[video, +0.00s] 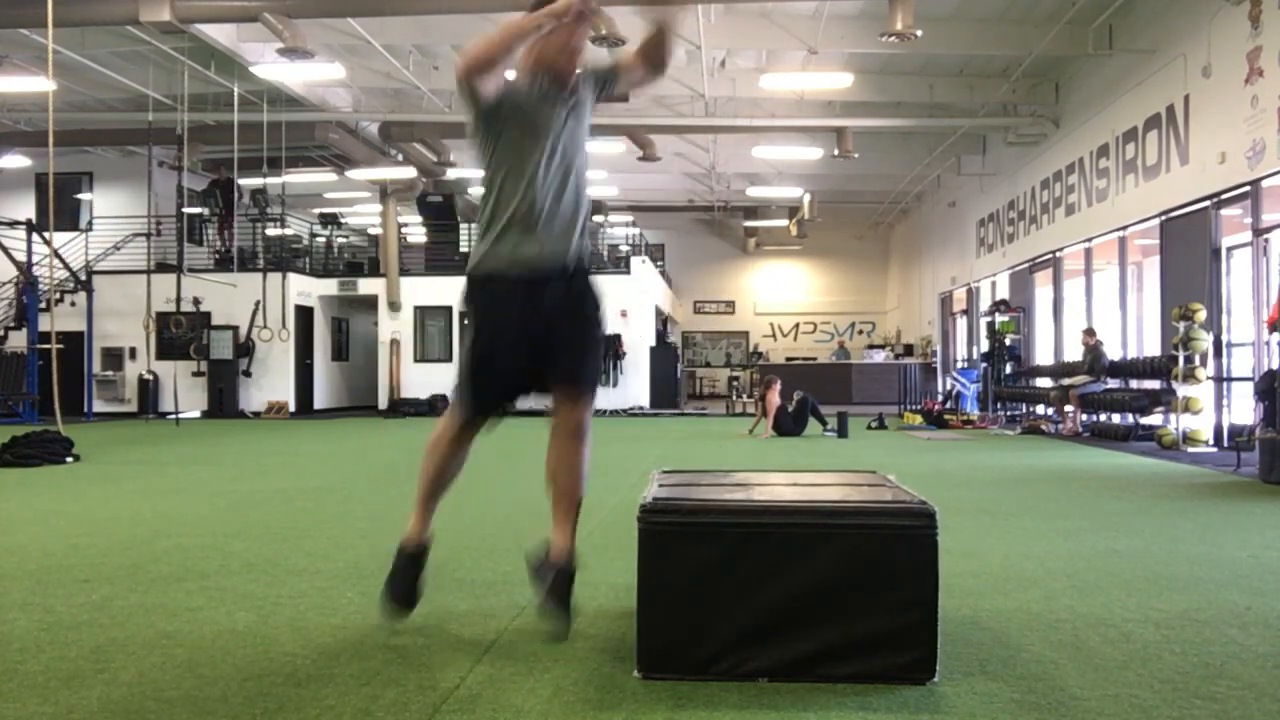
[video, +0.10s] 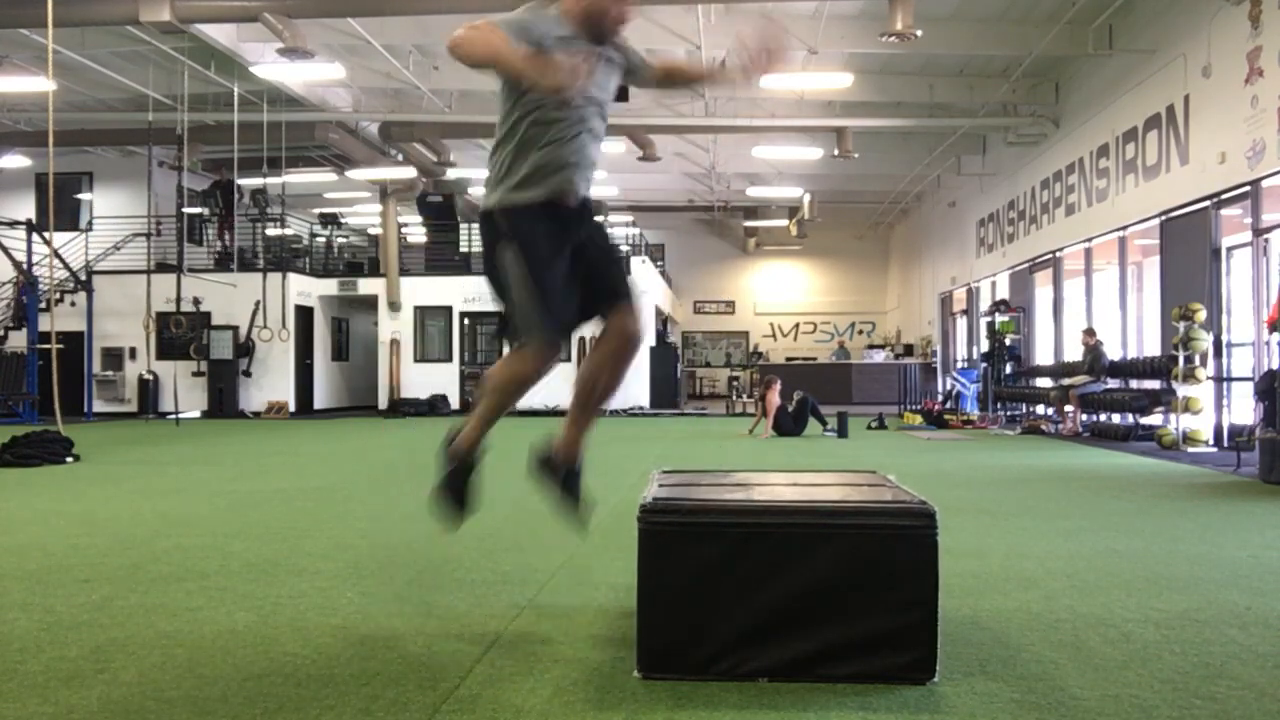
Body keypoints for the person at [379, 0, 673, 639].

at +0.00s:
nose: (580, 43)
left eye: (585, 33)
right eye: (570, 29)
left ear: (586, 44)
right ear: (537, 36)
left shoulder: (584, 87)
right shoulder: (502, 96)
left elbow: (649, 62)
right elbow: (470, 67)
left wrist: (664, 18)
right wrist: (538, 19)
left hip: (568, 279)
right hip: (502, 280)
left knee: (574, 416)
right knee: (465, 418)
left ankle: (560, 559)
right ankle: (415, 537)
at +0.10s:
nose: (627, 17)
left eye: (631, 9)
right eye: (621, 6)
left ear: (618, 11)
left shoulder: (612, 51)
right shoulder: (538, 24)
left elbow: (662, 72)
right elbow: (465, 40)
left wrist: (732, 71)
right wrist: (536, 67)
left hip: (575, 214)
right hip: (517, 213)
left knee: (624, 329)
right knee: (540, 346)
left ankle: (564, 455)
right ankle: (462, 445)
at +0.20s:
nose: (676, 17)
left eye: (679, 8)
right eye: (671, 5)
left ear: (656, 8)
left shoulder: (645, 59)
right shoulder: (584, 20)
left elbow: (661, 122)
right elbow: (492, 53)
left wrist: (704, 163)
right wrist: (484, 148)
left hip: (577, 191)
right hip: (526, 182)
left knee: (662, 262)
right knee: (618, 274)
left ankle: (597, 390)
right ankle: (537, 403)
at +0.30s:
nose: (715, 38)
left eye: (719, 28)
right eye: (711, 22)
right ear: (674, 7)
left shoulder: (663, 84)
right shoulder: (616, 42)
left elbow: (643, 163)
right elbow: (521, 79)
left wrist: (647, 227)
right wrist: (467, 162)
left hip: (590, 187)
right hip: (550, 179)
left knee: (671, 269)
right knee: (667, 264)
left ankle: (652, 405)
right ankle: (639, 410)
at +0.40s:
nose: (728, 63)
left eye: (733, 53)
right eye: (726, 48)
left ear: (699, 37)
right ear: (693, 30)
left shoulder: (667, 91)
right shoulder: (639, 67)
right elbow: (559, 109)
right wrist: (503, 187)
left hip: (614, 223)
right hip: (587, 220)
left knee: (685, 326)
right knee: (698, 314)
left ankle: (651, 461)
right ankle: (658, 459)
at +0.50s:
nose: (733, 84)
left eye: (738, 72)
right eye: (732, 68)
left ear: (700, 57)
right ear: (699, 52)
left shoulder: (672, 113)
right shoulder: (657, 90)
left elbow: (611, 198)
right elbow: (590, 150)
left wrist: (575, 282)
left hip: (613, 252)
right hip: (619, 243)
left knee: (698, 343)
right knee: (732, 327)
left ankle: (659, 457)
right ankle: (667, 456)